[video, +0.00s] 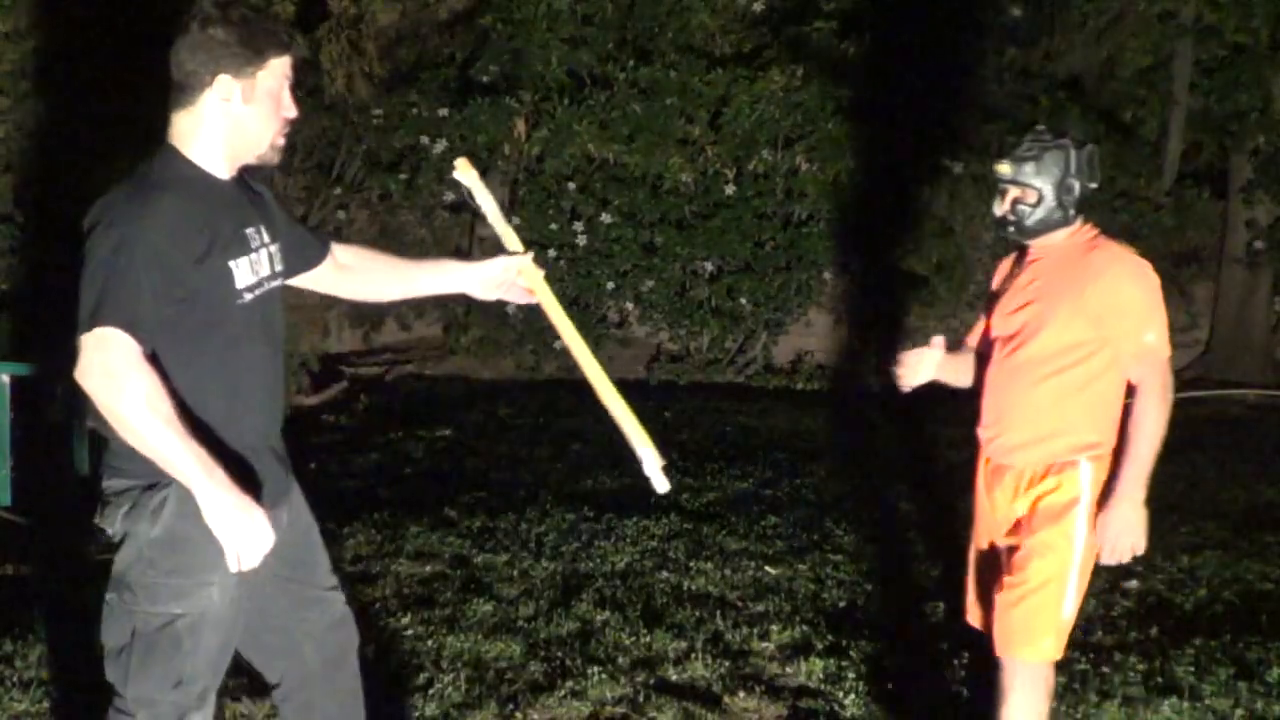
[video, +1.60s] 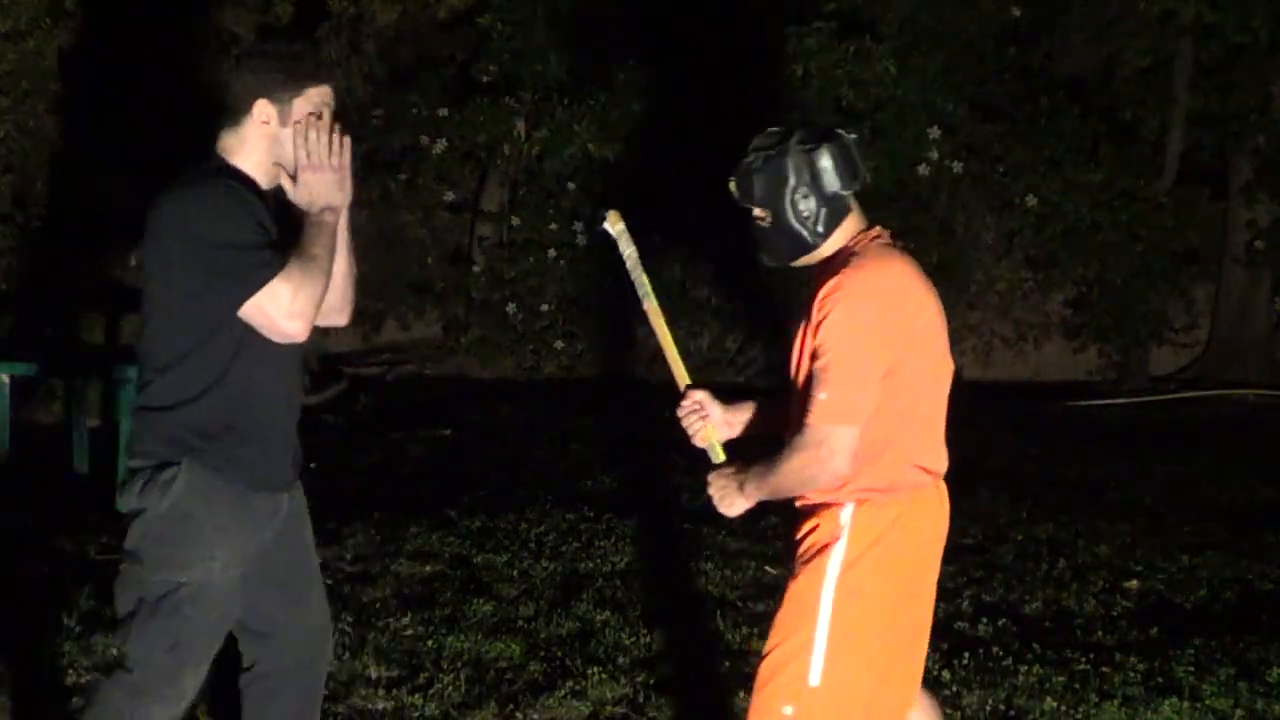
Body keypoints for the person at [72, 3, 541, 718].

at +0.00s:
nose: (294, 111)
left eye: (292, 89)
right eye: (282, 88)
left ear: (231, 95)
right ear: (225, 93)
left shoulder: (249, 204)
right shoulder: (140, 215)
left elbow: (334, 268)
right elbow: (103, 361)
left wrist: (475, 276)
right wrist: (214, 489)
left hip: (266, 495)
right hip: (173, 508)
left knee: (324, 670)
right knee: (162, 703)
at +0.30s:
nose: (379, 128)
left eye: (378, 109)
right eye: (368, 107)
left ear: (318, 112)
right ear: (316, 110)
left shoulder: (329, 215)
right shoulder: (239, 216)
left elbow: (411, 277)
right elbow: (187, 355)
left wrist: (543, 269)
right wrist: (249, 495)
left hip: (341, 515)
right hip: (261, 517)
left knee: (356, 697)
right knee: (221, 705)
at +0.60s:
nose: (436, 129)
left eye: (436, 112)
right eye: (426, 110)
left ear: (377, 109)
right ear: (374, 107)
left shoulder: (389, 208)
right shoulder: (295, 198)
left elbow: (460, 277)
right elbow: (245, 329)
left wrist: (587, 275)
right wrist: (335, 450)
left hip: (366, 473)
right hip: (293, 474)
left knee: (378, 662)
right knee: (301, 673)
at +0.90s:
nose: (411, 124)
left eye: (409, 105)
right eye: (397, 104)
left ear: (352, 115)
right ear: (345, 110)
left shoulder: (356, 212)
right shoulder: (269, 212)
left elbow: (386, 312)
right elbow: (272, 350)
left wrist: (489, 281)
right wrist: (408, 367)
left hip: (353, 481)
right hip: (276, 481)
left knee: (372, 665)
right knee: (280, 683)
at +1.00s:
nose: (399, 136)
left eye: (398, 118)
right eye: (386, 116)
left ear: (335, 120)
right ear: (332, 118)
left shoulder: (328, 215)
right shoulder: (262, 218)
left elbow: (347, 312)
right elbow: (299, 358)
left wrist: (427, 267)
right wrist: (417, 305)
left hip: (331, 478)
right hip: (260, 480)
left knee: (372, 649)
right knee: (268, 680)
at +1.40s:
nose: (363, 148)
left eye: (368, 131)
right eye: (353, 126)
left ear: (310, 126)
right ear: (305, 122)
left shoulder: (304, 216)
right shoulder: (228, 206)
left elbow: (368, 321)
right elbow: (302, 319)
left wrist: (372, 220)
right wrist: (351, 223)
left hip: (279, 477)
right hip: (204, 473)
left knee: (303, 660)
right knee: (243, 670)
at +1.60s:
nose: (325, 136)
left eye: (328, 119)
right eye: (315, 116)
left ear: (268, 119)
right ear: (268, 116)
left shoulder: (264, 213)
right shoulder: (204, 207)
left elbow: (336, 311)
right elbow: (289, 317)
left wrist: (337, 213)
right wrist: (320, 216)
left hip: (270, 489)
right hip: (194, 484)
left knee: (295, 661)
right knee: (157, 684)